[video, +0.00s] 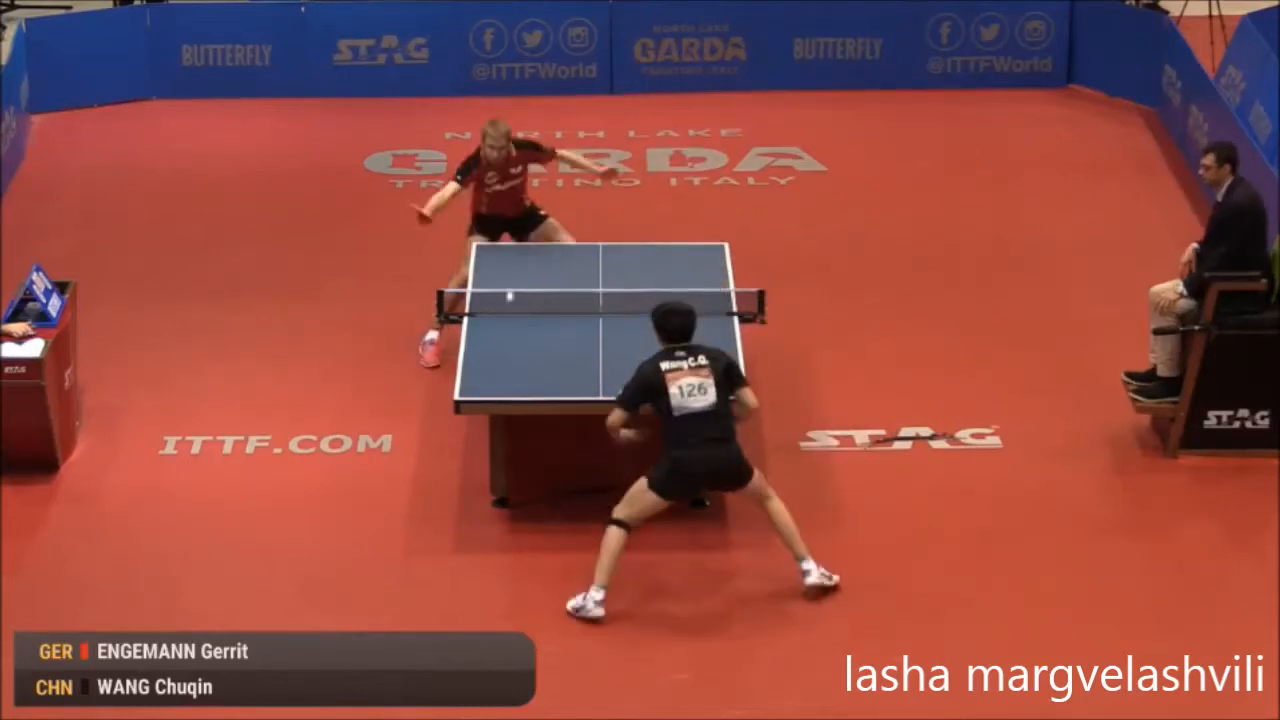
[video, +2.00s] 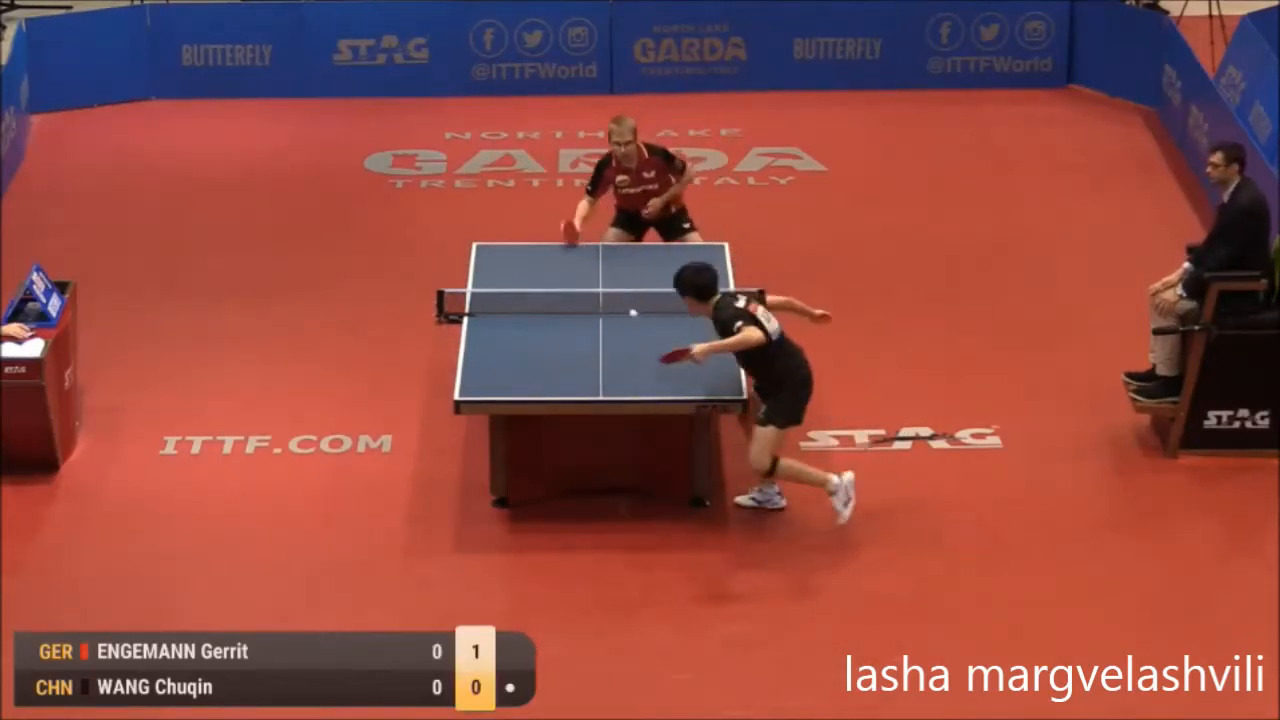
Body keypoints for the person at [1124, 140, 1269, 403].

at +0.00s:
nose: (1201, 173)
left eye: (1206, 168)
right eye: (1201, 167)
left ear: (1226, 168)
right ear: (1222, 169)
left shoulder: (1237, 203)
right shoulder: (1233, 194)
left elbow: (1221, 260)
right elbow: (1217, 239)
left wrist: (1184, 288)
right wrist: (1195, 247)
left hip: (1236, 291)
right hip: (1226, 280)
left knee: (1163, 303)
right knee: (1157, 294)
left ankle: (1170, 378)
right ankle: (1161, 368)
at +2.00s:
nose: (1208, 171)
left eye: (1215, 166)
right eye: (1208, 165)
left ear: (1234, 168)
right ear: (1230, 169)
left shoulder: (1245, 202)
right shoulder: (1236, 197)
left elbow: (1221, 257)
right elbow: (1209, 248)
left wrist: (1183, 290)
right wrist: (1178, 275)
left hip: (1239, 293)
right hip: (1225, 283)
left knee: (1165, 306)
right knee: (1158, 298)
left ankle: (1170, 379)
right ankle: (1160, 369)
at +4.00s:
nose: (1202, 174)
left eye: (1208, 170)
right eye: (1204, 168)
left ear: (1225, 176)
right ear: (1223, 176)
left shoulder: (1243, 207)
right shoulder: (1226, 198)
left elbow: (1224, 262)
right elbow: (1207, 244)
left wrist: (1184, 288)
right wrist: (1180, 273)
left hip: (1237, 290)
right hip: (1221, 278)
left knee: (1166, 305)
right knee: (1156, 295)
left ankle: (1169, 378)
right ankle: (1161, 369)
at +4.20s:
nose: (1203, 174)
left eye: (1209, 170)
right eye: (1205, 168)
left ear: (1227, 175)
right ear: (1223, 175)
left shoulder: (1243, 206)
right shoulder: (1228, 199)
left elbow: (1225, 262)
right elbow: (1208, 244)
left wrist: (1185, 287)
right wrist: (1180, 273)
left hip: (1236, 289)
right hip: (1221, 278)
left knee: (1167, 305)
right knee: (1156, 296)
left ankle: (1169, 378)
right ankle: (1161, 369)